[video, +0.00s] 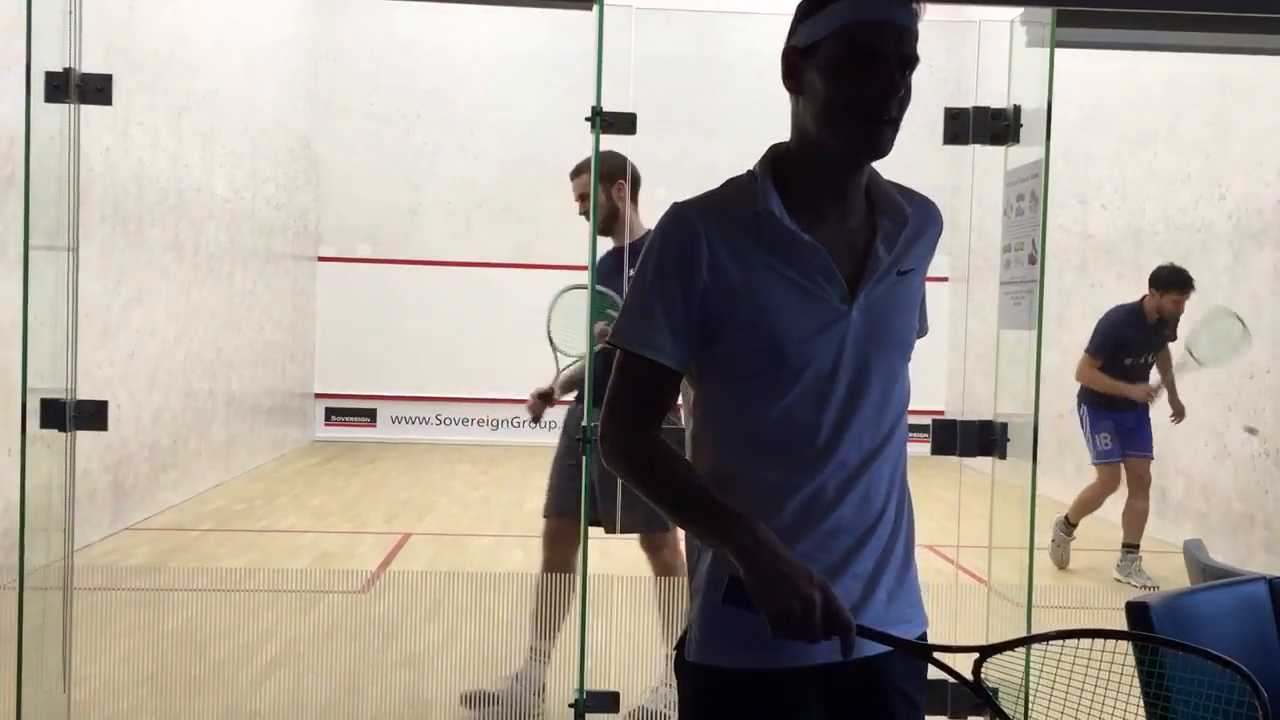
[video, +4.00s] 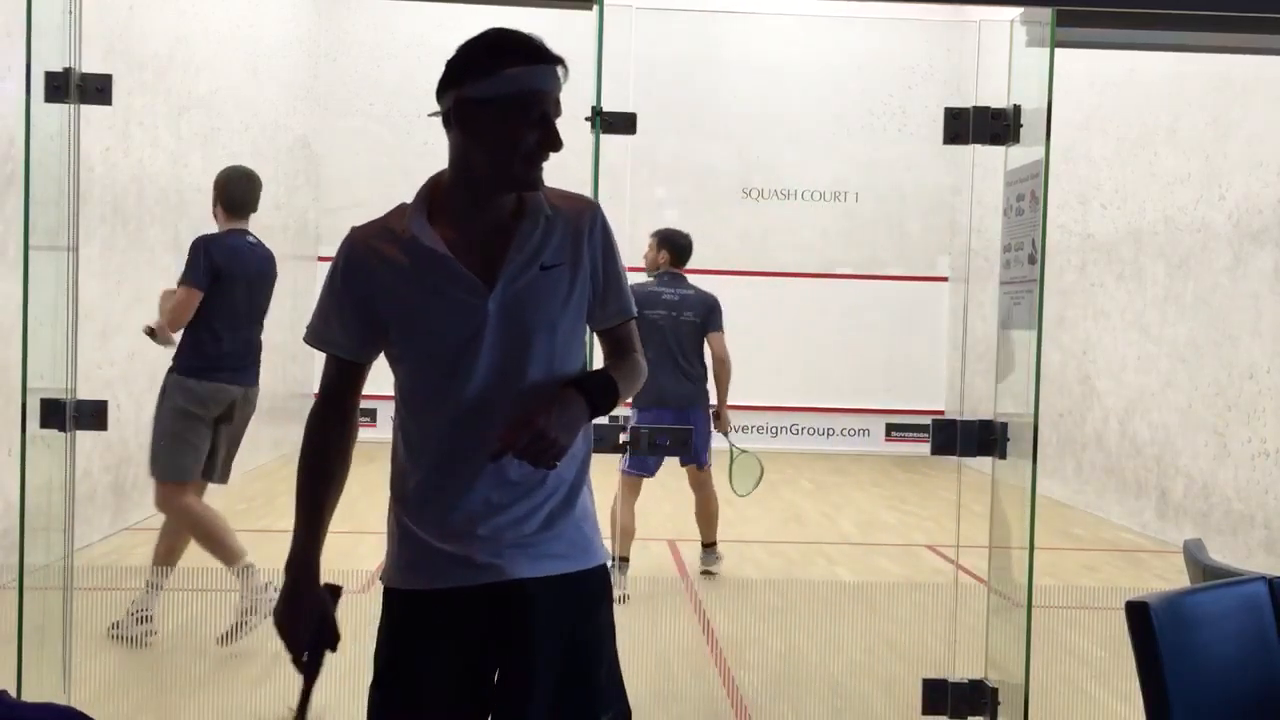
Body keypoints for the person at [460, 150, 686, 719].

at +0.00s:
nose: (583, 211)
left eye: (589, 197)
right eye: (577, 201)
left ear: (623, 189)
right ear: (585, 201)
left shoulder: (665, 258)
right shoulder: (604, 269)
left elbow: (688, 342)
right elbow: (602, 349)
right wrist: (555, 387)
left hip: (650, 420)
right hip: (591, 416)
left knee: (661, 543)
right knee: (559, 534)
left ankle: (677, 679)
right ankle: (531, 682)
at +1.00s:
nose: (567, 217)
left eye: (565, 209)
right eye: (578, 207)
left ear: (568, 210)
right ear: (612, 207)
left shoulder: (581, 255)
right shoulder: (642, 260)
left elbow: (587, 336)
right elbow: (637, 343)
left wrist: (530, 323)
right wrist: (565, 339)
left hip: (599, 414)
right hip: (654, 412)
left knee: (548, 523)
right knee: (641, 524)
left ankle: (590, 650)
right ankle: (656, 650)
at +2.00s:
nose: (409, 214)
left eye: (407, 207)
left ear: (411, 210)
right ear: (452, 207)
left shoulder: (423, 255)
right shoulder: (470, 260)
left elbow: (425, 330)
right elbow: (485, 337)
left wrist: (372, 332)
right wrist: (422, 330)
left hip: (421, 399)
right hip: (461, 401)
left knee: (422, 508)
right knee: (422, 508)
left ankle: (470, 626)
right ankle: (400, 615)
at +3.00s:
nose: (323, 212)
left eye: (320, 205)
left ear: (322, 207)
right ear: (362, 206)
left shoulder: (330, 250)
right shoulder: (383, 256)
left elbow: (336, 323)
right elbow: (407, 327)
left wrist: (287, 327)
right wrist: (355, 334)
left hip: (335, 395)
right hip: (378, 397)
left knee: (294, 497)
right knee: (374, 493)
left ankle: (295, 625)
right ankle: (396, 613)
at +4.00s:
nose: (210, 206)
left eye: (212, 199)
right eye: (217, 198)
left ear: (216, 203)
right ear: (255, 206)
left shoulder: (208, 248)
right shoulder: (266, 258)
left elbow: (178, 315)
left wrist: (162, 321)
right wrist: (185, 310)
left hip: (194, 385)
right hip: (241, 391)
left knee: (171, 495)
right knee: (189, 496)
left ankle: (255, 583)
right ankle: (145, 607)